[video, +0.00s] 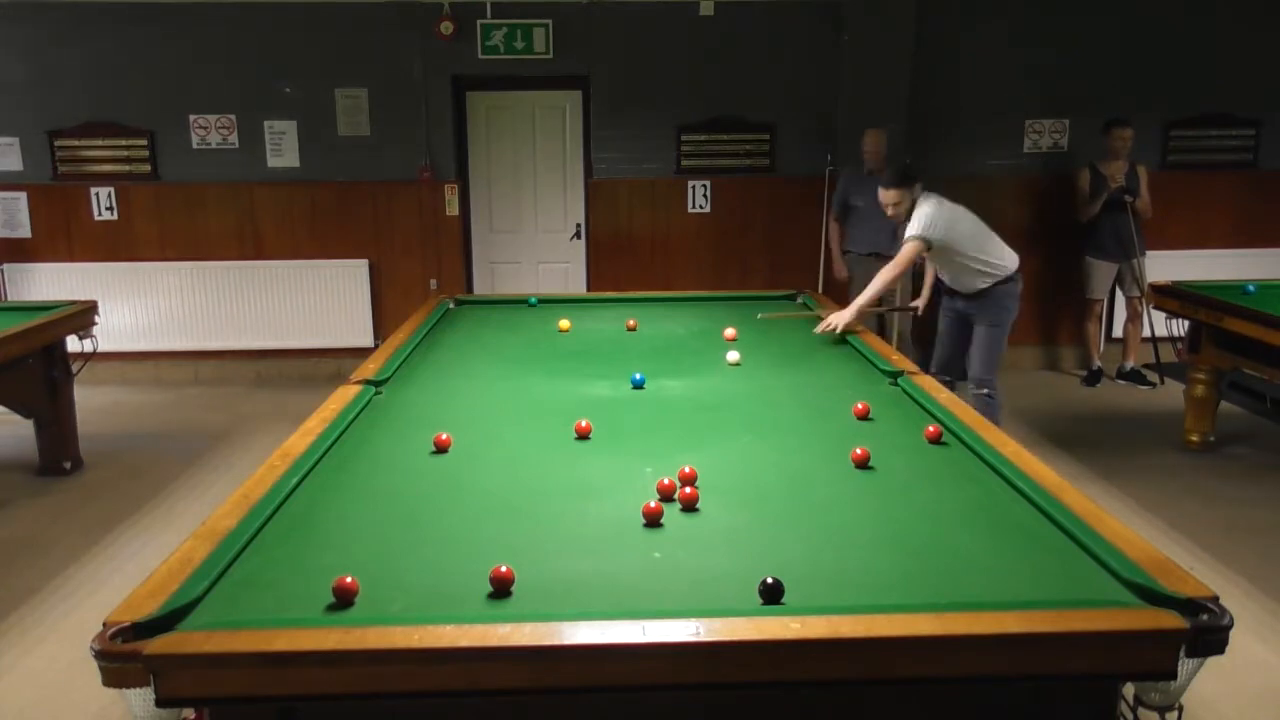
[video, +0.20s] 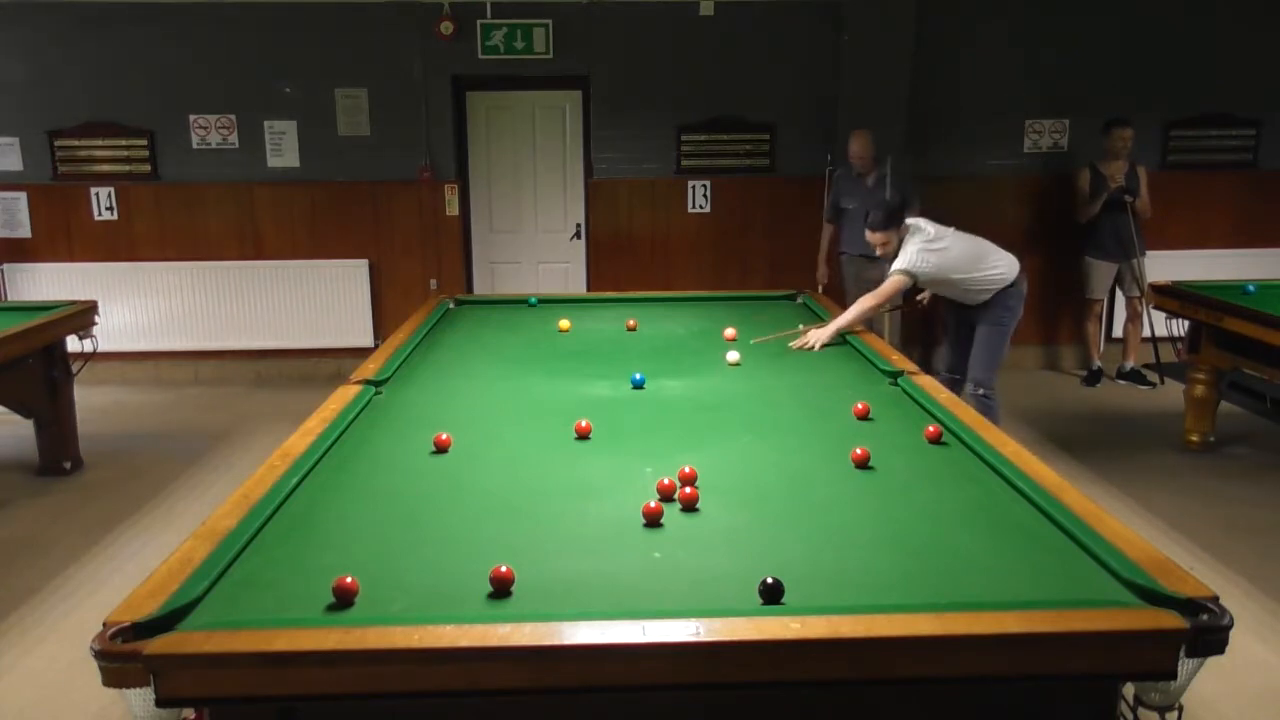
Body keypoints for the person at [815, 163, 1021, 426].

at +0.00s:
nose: (890, 212)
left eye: (896, 205)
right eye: (884, 206)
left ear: (914, 194)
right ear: (879, 199)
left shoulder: (928, 212)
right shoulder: (917, 210)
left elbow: (897, 268)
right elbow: (932, 252)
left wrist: (851, 310)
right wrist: (925, 294)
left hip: (995, 287)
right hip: (955, 288)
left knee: (980, 381)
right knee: (941, 372)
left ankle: (986, 458)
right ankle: (937, 446)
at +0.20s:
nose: (878, 252)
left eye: (883, 245)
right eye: (873, 245)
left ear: (901, 233)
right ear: (868, 235)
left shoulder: (915, 255)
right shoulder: (909, 225)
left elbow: (876, 300)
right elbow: (942, 246)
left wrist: (829, 329)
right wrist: (934, 286)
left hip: (1002, 288)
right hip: (962, 292)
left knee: (979, 385)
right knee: (951, 373)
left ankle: (988, 458)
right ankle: (943, 443)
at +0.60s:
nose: (864, 289)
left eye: (868, 282)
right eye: (858, 283)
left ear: (884, 270)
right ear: (852, 272)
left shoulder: (900, 288)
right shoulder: (895, 247)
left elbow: (867, 320)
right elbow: (926, 226)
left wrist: (813, 340)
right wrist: (929, 261)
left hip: (997, 285)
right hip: (972, 275)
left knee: (971, 383)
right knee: (952, 372)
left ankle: (983, 451)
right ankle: (954, 441)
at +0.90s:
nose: (862, 296)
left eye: (866, 288)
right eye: (856, 290)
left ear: (882, 274)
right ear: (849, 278)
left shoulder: (898, 292)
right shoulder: (890, 248)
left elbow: (864, 320)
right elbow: (921, 221)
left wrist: (812, 340)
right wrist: (926, 257)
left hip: (994, 284)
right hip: (971, 269)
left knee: (969, 382)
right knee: (952, 372)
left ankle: (982, 450)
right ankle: (960, 442)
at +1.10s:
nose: (860, 296)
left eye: (865, 288)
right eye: (855, 289)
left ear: (882, 275)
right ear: (849, 279)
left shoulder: (897, 293)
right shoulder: (889, 248)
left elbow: (863, 320)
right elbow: (920, 221)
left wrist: (812, 339)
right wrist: (929, 256)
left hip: (993, 285)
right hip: (972, 266)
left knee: (968, 382)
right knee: (954, 374)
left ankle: (982, 450)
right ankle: (962, 444)